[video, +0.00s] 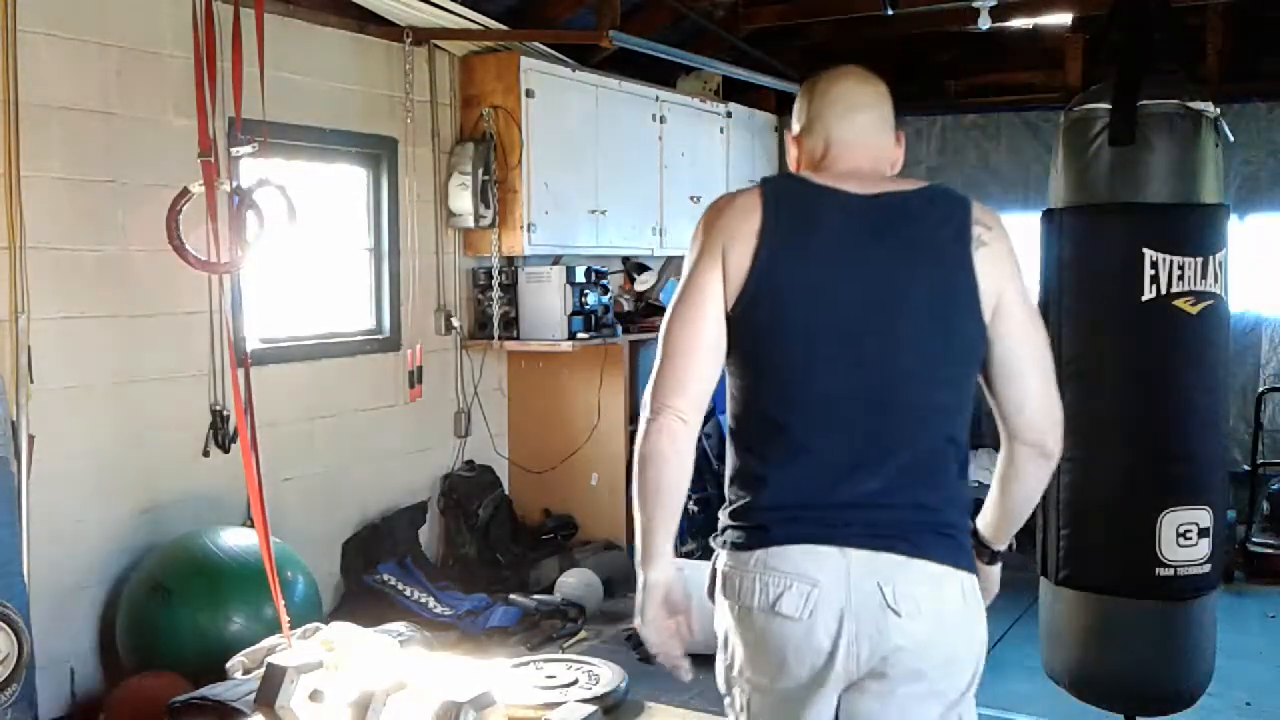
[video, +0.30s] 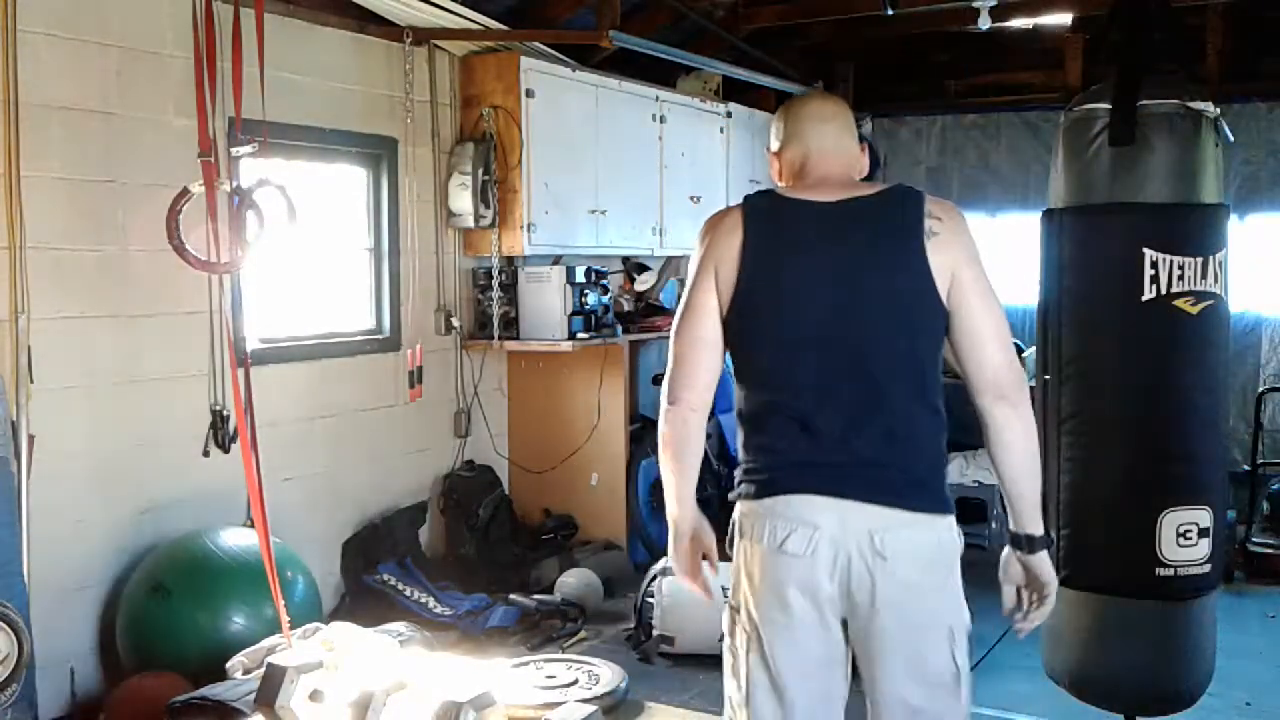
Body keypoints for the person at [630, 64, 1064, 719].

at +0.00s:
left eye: (788, 143)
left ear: (795, 149)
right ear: (899, 150)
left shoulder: (738, 218)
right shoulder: (976, 230)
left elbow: (672, 415)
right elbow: (1037, 436)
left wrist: (657, 569)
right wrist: (986, 545)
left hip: (778, 570)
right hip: (930, 576)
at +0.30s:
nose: (772, 167)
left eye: (770, 159)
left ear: (778, 165)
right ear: (868, 157)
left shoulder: (730, 231)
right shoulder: (933, 221)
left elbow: (685, 399)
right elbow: (1003, 391)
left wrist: (682, 510)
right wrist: (1028, 538)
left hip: (782, 520)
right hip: (914, 527)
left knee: (782, 708)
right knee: (924, 709)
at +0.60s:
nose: (774, 191)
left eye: (771, 181)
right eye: (774, 183)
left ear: (781, 177)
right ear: (855, 174)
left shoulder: (758, 243)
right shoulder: (928, 240)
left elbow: (701, 392)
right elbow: (991, 381)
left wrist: (691, 468)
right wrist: (1002, 505)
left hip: (804, 501)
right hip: (917, 502)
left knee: (814, 707)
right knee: (926, 692)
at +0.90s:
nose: (748, 218)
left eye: (745, 202)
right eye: (743, 205)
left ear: (768, 179)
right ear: (811, 174)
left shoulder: (787, 230)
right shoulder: (888, 227)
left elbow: (779, 374)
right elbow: (924, 361)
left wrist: (751, 499)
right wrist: (908, 454)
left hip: (824, 480)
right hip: (907, 470)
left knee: (750, 631)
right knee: (898, 635)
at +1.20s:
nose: (671, 226)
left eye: (673, 210)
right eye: (666, 214)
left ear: (713, 191)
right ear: (720, 190)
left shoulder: (755, 255)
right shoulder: (787, 234)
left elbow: (768, 399)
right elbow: (781, 371)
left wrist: (738, 536)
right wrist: (727, 442)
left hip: (771, 471)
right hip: (806, 461)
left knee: (709, 636)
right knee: (793, 627)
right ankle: (850, 715)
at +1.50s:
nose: (604, 259)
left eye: (606, 243)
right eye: (598, 246)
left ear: (646, 218)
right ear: (646, 218)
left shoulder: (732, 267)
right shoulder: (649, 274)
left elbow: (750, 403)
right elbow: (646, 369)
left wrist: (681, 497)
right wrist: (618, 459)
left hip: (751, 468)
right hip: (682, 460)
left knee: (710, 640)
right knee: (638, 597)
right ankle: (623, 717)